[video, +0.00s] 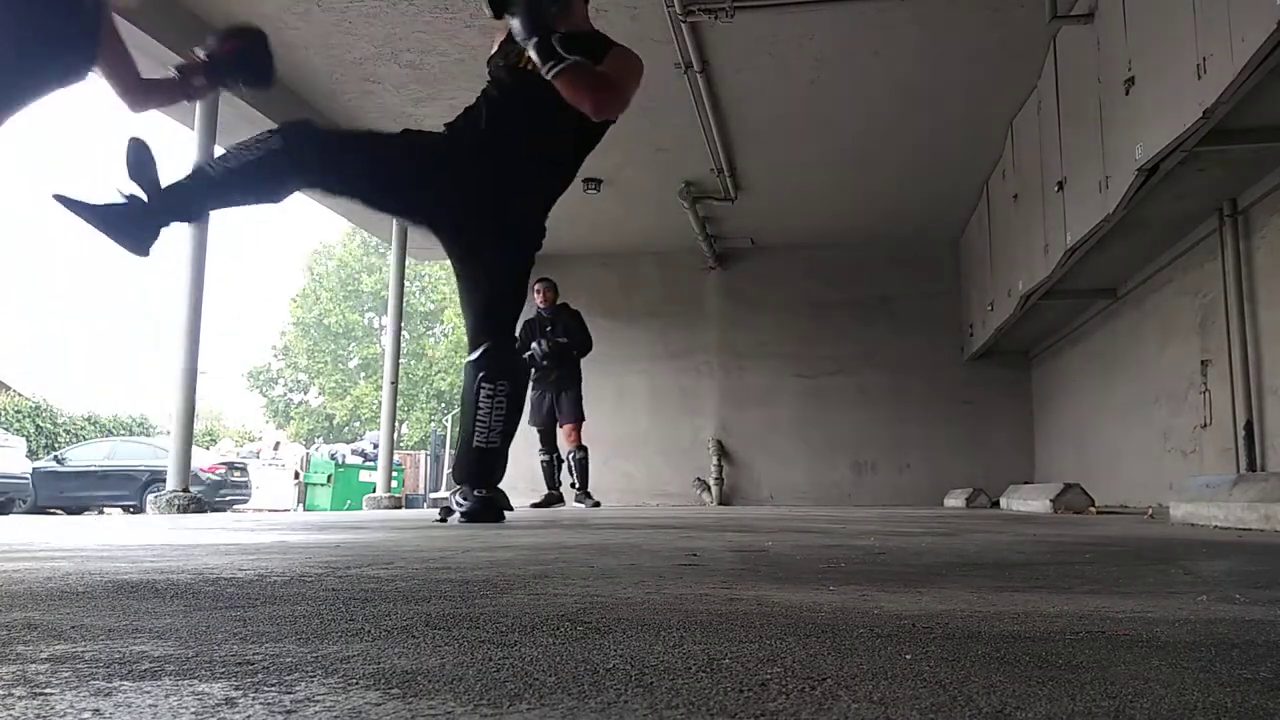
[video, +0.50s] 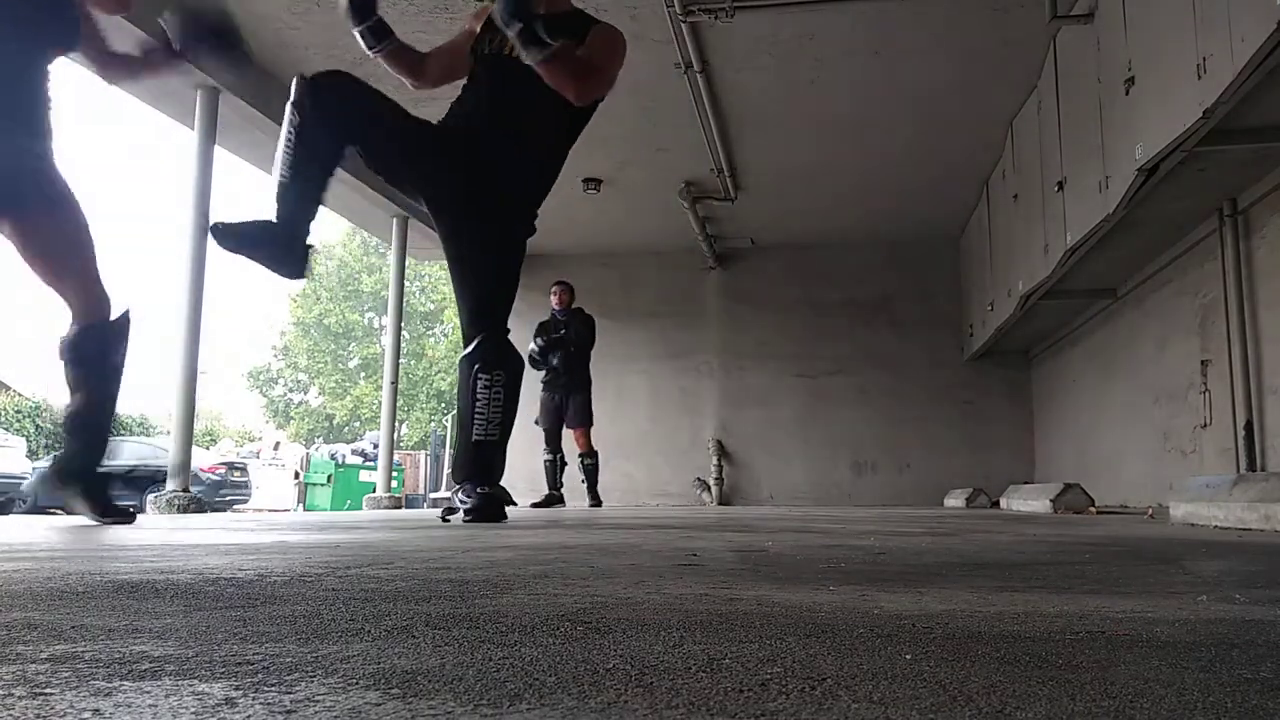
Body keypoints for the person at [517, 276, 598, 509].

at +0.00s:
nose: (542, 295)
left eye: (547, 291)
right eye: (538, 292)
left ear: (555, 293)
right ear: (533, 296)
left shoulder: (570, 316)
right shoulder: (529, 325)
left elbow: (585, 345)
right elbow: (518, 358)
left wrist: (559, 345)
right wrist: (534, 354)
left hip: (568, 385)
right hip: (541, 387)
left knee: (572, 434)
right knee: (546, 438)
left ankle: (582, 492)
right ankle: (553, 491)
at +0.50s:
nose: (558, 297)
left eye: (562, 293)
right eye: (554, 294)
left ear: (571, 297)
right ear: (550, 299)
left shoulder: (583, 320)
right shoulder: (544, 326)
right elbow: (534, 359)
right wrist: (548, 358)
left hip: (577, 388)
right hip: (551, 388)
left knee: (582, 438)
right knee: (550, 439)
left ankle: (592, 491)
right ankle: (554, 492)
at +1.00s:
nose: (589, 300)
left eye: (593, 296)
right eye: (585, 296)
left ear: (601, 301)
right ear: (579, 300)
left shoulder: (609, 325)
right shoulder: (567, 324)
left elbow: (611, 353)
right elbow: (556, 353)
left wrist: (592, 366)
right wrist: (563, 361)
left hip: (597, 390)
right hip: (571, 389)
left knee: (593, 438)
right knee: (562, 436)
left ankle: (592, 494)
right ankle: (554, 489)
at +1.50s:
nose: (578, 306)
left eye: (582, 302)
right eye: (574, 303)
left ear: (590, 307)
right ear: (569, 307)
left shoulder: (601, 329)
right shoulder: (561, 331)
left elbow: (612, 357)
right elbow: (553, 362)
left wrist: (591, 371)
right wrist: (567, 369)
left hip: (592, 393)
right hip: (567, 393)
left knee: (588, 438)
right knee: (568, 440)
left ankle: (591, 493)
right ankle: (575, 489)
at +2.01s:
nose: (562, 313)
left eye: (566, 309)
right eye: (558, 309)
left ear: (575, 311)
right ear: (555, 313)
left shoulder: (588, 332)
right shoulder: (551, 339)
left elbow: (600, 360)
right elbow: (547, 371)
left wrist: (580, 370)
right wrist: (552, 375)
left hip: (584, 395)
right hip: (561, 397)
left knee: (583, 440)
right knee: (568, 443)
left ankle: (590, 493)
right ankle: (576, 492)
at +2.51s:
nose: (563, 313)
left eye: (568, 309)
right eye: (560, 309)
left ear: (576, 312)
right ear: (555, 314)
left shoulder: (589, 333)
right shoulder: (550, 340)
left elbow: (603, 360)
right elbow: (547, 369)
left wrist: (580, 364)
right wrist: (554, 382)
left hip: (585, 396)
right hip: (562, 399)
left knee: (585, 439)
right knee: (568, 444)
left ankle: (591, 492)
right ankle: (576, 492)